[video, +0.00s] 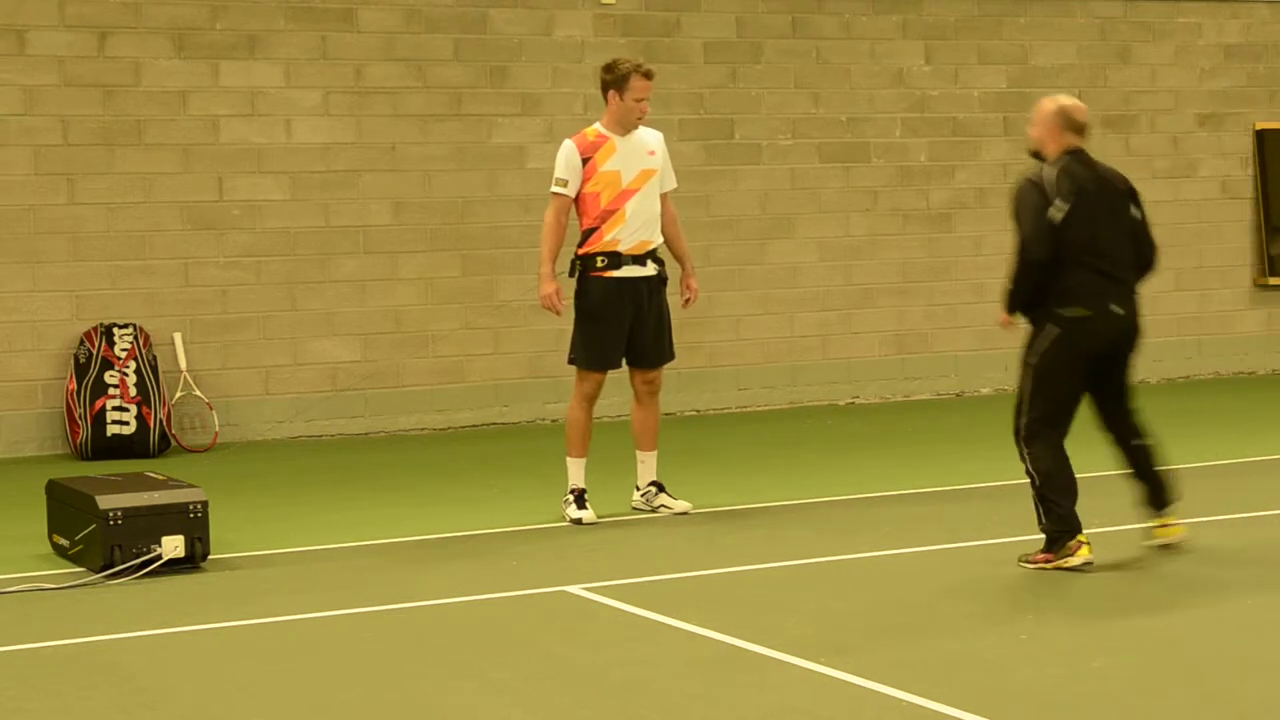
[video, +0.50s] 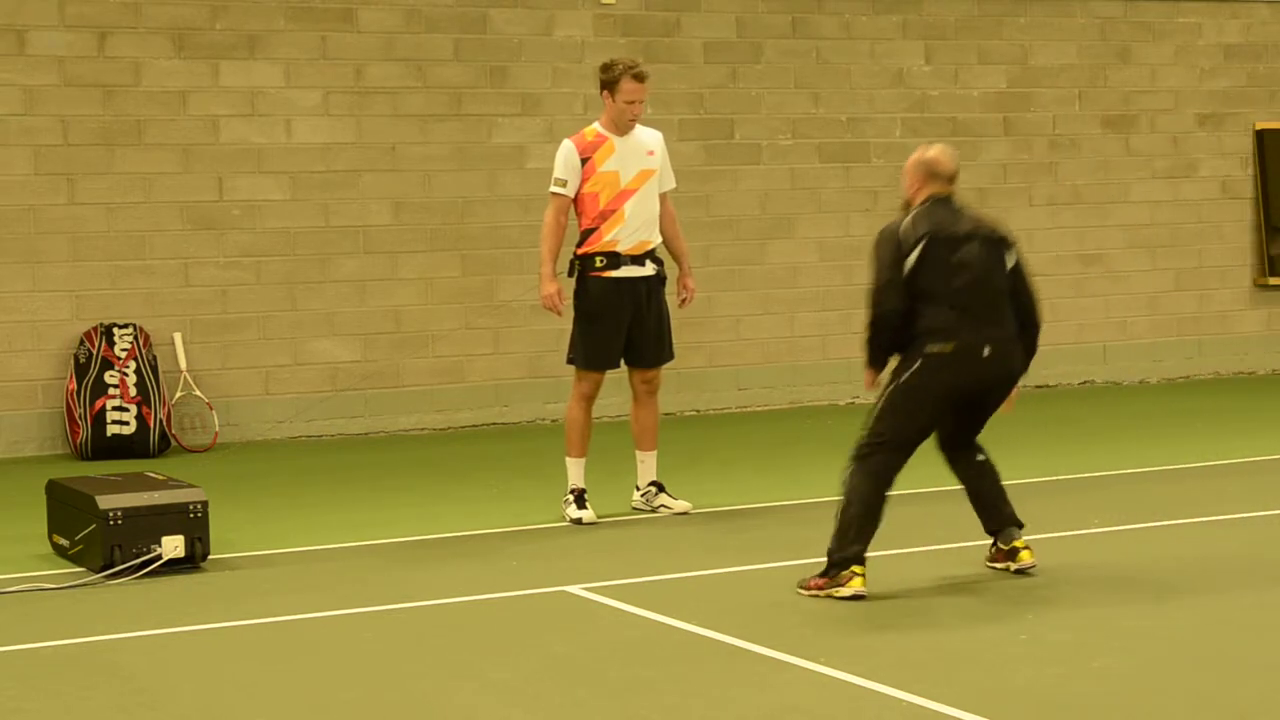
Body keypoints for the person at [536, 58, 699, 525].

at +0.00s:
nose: (646, 108)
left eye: (649, 100)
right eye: (639, 101)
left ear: (645, 100)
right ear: (612, 98)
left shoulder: (653, 142)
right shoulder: (577, 149)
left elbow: (665, 209)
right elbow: (557, 214)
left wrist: (686, 264)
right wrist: (547, 275)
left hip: (649, 280)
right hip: (600, 283)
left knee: (648, 384)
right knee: (588, 388)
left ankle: (647, 487)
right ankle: (576, 492)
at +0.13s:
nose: (644, 108)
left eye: (647, 100)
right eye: (637, 100)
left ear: (645, 100)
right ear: (611, 98)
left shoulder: (653, 142)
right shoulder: (577, 148)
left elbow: (665, 209)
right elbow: (557, 215)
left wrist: (686, 264)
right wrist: (547, 274)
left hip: (649, 280)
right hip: (600, 282)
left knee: (648, 384)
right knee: (587, 388)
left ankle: (647, 487)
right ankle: (576, 492)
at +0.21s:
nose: (643, 109)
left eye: (645, 101)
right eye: (635, 101)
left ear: (645, 100)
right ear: (609, 98)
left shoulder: (652, 142)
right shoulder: (576, 149)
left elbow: (665, 208)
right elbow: (556, 215)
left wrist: (686, 264)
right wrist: (547, 275)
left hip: (649, 280)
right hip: (600, 283)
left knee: (648, 384)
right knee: (586, 389)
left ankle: (648, 487)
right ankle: (576, 492)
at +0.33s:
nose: (641, 109)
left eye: (644, 101)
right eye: (633, 101)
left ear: (644, 99)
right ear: (608, 98)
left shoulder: (652, 141)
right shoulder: (576, 149)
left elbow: (664, 208)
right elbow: (556, 215)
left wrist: (685, 264)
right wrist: (547, 275)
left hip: (648, 280)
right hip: (599, 283)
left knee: (648, 384)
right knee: (586, 389)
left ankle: (648, 487)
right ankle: (576, 493)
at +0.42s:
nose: (639, 109)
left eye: (643, 101)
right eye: (632, 101)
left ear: (644, 100)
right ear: (607, 98)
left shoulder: (653, 142)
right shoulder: (576, 149)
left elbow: (665, 208)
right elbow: (556, 215)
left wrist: (684, 264)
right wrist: (547, 275)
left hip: (648, 280)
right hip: (599, 282)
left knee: (648, 384)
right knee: (586, 388)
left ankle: (647, 487)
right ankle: (576, 492)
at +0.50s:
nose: (638, 110)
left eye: (642, 102)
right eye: (630, 102)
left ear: (644, 100)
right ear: (606, 98)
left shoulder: (653, 142)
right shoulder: (576, 149)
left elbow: (665, 208)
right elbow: (556, 215)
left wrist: (684, 264)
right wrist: (548, 275)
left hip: (648, 280)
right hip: (599, 282)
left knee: (647, 383)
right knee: (586, 388)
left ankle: (647, 487)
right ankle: (576, 492)